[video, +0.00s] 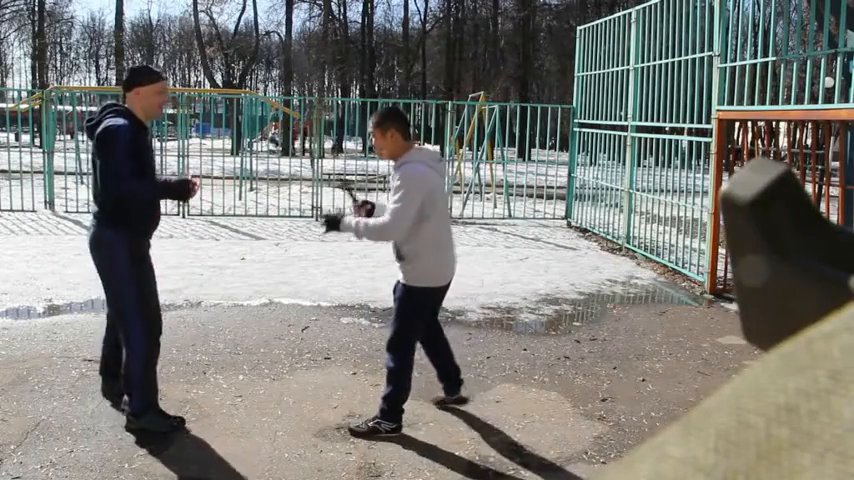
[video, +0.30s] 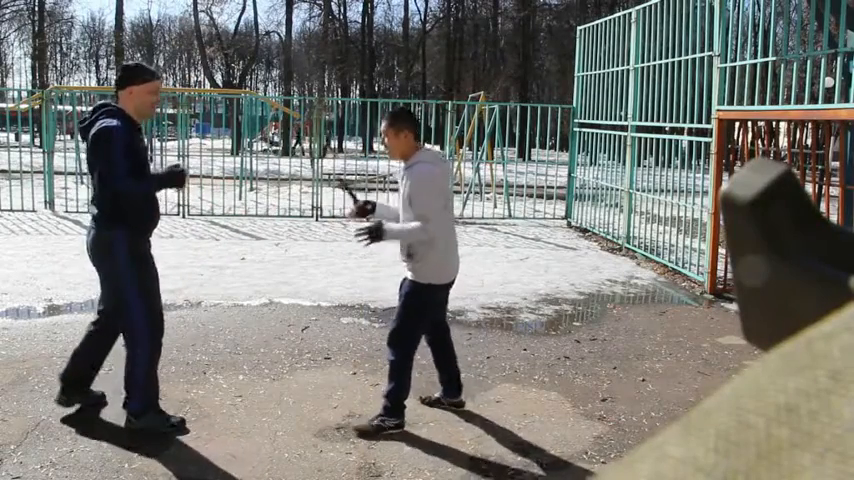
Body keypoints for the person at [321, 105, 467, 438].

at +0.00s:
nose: (374, 144)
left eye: (376, 137)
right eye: (373, 137)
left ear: (394, 135)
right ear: (398, 135)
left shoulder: (411, 173)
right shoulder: (423, 163)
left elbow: (392, 228)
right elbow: (412, 213)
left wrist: (346, 224)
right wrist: (376, 210)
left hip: (421, 276)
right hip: (436, 271)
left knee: (399, 346)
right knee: (428, 329)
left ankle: (389, 418)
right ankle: (453, 388)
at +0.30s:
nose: (385, 143)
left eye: (388, 136)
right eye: (384, 137)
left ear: (407, 135)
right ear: (407, 136)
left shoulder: (422, 172)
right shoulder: (422, 163)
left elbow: (428, 228)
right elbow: (413, 215)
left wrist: (387, 231)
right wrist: (376, 210)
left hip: (427, 274)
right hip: (438, 269)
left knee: (400, 342)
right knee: (437, 332)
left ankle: (392, 415)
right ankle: (452, 393)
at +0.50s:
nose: (392, 138)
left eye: (396, 132)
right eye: (391, 132)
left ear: (416, 131)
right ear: (411, 133)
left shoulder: (441, 166)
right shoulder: (414, 164)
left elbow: (442, 217)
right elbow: (407, 209)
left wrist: (401, 192)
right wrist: (371, 210)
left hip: (431, 269)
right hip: (416, 266)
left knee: (418, 338)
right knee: (426, 331)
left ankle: (444, 400)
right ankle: (445, 389)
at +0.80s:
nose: (386, 143)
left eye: (389, 136)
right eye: (385, 137)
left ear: (409, 133)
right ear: (402, 135)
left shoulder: (439, 165)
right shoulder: (394, 168)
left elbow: (432, 217)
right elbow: (395, 210)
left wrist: (381, 211)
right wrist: (367, 210)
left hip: (430, 270)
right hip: (399, 264)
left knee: (431, 339)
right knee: (378, 323)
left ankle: (443, 403)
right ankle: (374, 384)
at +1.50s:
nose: (375, 146)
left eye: (380, 140)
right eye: (375, 140)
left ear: (400, 140)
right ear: (394, 141)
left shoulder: (430, 169)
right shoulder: (385, 170)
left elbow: (427, 216)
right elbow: (378, 216)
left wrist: (382, 190)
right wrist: (354, 223)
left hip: (419, 269)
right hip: (384, 262)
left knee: (430, 333)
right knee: (354, 317)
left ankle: (442, 389)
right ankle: (358, 381)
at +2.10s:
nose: (269, 167)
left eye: (274, 160)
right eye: (267, 161)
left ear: (295, 159)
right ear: (272, 163)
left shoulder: (331, 174)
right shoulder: (275, 198)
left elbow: (352, 205)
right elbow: (250, 230)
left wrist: (309, 181)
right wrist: (218, 262)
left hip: (357, 264)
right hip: (316, 267)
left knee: (390, 319)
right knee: (295, 323)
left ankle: (421, 372)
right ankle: (285, 382)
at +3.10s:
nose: (306, 159)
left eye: (310, 154)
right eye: (306, 154)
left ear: (329, 153)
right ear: (322, 154)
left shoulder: (362, 178)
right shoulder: (311, 183)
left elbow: (356, 220)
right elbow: (305, 220)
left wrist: (322, 189)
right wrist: (292, 248)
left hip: (354, 274)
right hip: (317, 269)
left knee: (377, 333)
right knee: (280, 316)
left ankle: (402, 383)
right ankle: (255, 374)